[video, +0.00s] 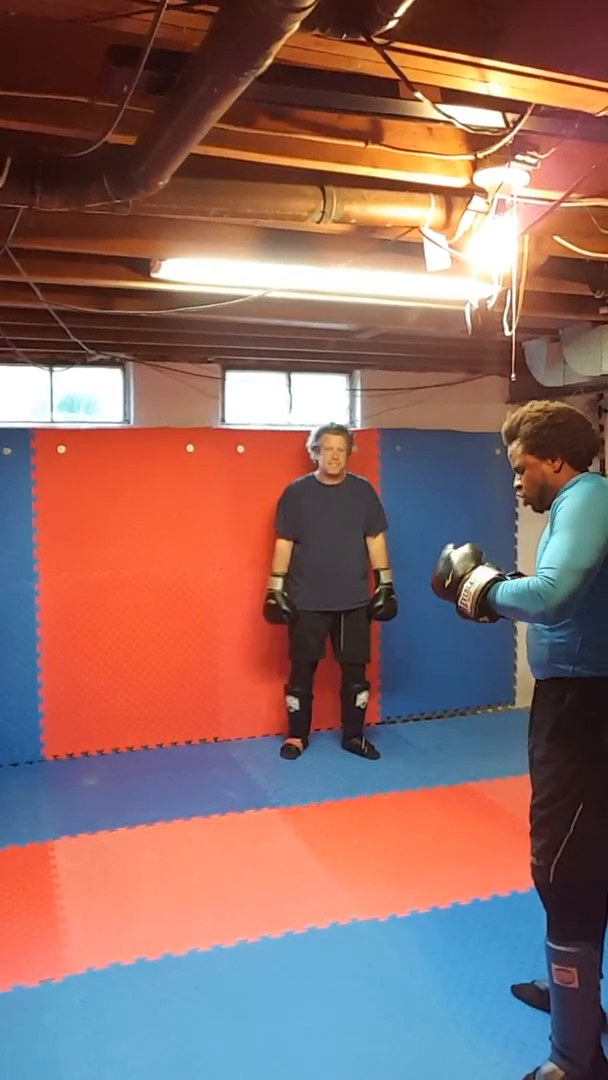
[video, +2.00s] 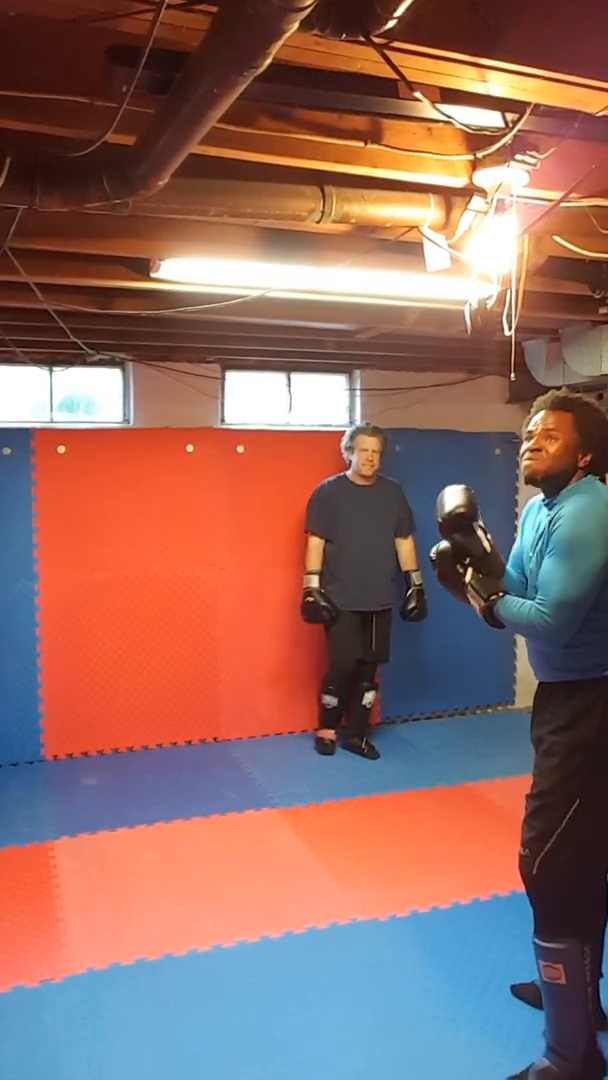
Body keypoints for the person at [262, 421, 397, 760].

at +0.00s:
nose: (334, 456)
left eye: (340, 451)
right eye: (328, 450)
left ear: (348, 455)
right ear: (317, 453)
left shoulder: (363, 490)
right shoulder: (296, 493)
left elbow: (376, 538)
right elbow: (284, 542)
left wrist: (385, 585)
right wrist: (276, 588)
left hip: (354, 599)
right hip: (307, 599)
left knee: (356, 669)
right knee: (302, 669)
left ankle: (354, 736)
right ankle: (297, 735)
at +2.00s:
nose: (370, 458)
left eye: (376, 452)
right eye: (364, 451)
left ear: (381, 456)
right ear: (349, 453)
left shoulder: (392, 492)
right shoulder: (327, 493)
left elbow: (405, 540)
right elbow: (316, 542)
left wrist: (415, 584)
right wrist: (312, 588)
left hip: (380, 599)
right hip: (340, 598)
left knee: (370, 667)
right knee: (344, 664)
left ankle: (356, 734)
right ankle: (327, 729)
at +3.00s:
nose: (321, 457)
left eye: (327, 451)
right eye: (314, 451)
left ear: (337, 454)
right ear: (304, 454)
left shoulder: (355, 491)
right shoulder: (287, 495)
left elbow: (371, 541)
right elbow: (275, 545)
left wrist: (383, 588)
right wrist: (265, 592)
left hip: (346, 603)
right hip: (297, 602)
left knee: (350, 672)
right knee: (290, 676)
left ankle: (353, 736)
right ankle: (282, 748)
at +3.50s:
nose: (282, 458)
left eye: (288, 451)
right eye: (276, 452)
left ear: (301, 453)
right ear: (267, 455)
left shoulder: (323, 491)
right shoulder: (252, 495)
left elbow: (337, 540)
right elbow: (240, 546)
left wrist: (342, 587)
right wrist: (230, 593)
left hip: (313, 601)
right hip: (266, 602)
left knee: (312, 674)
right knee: (272, 675)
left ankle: (317, 747)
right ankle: (279, 745)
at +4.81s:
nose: (305, 455)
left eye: (310, 448)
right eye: (297, 449)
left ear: (319, 452)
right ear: (283, 455)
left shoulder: (333, 492)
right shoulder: (264, 496)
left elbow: (347, 534)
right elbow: (250, 543)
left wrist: (345, 556)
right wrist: (263, 585)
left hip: (324, 604)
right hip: (281, 606)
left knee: (337, 675)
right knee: (280, 677)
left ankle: (353, 743)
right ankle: (281, 748)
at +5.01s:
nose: (318, 455)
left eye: (323, 449)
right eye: (310, 450)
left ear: (330, 451)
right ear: (296, 455)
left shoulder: (345, 489)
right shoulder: (277, 495)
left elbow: (360, 532)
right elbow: (265, 544)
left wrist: (357, 551)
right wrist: (307, 558)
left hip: (340, 605)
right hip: (294, 607)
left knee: (349, 676)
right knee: (287, 679)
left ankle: (355, 744)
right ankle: (282, 748)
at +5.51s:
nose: (357, 457)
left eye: (361, 450)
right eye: (349, 451)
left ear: (367, 452)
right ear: (332, 455)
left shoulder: (381, 490)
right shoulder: (315, 493)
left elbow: (398, 536)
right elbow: (301, 547)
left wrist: (390, 541)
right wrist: (346, 537)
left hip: (375, 603)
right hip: (333, 604)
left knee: (366, 674)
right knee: (329, 672)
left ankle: (358, 744)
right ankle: (295, 747)